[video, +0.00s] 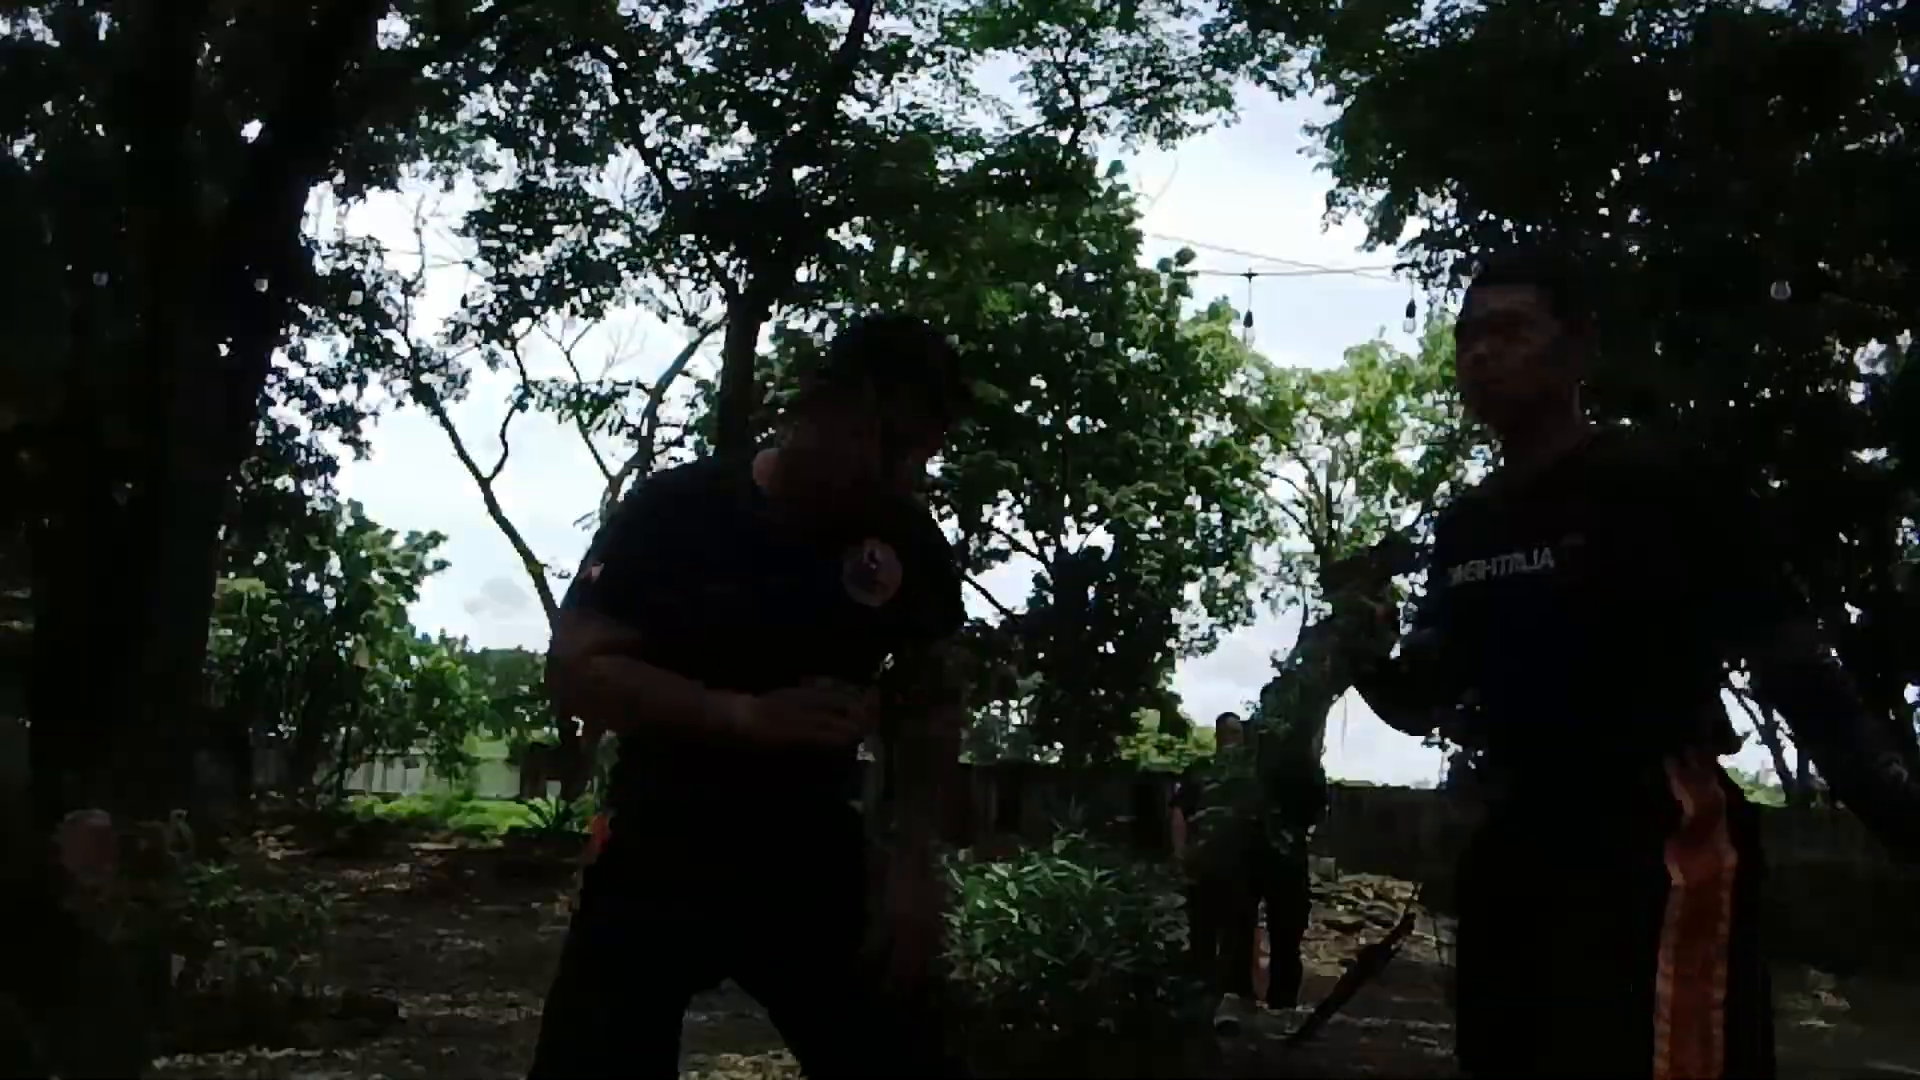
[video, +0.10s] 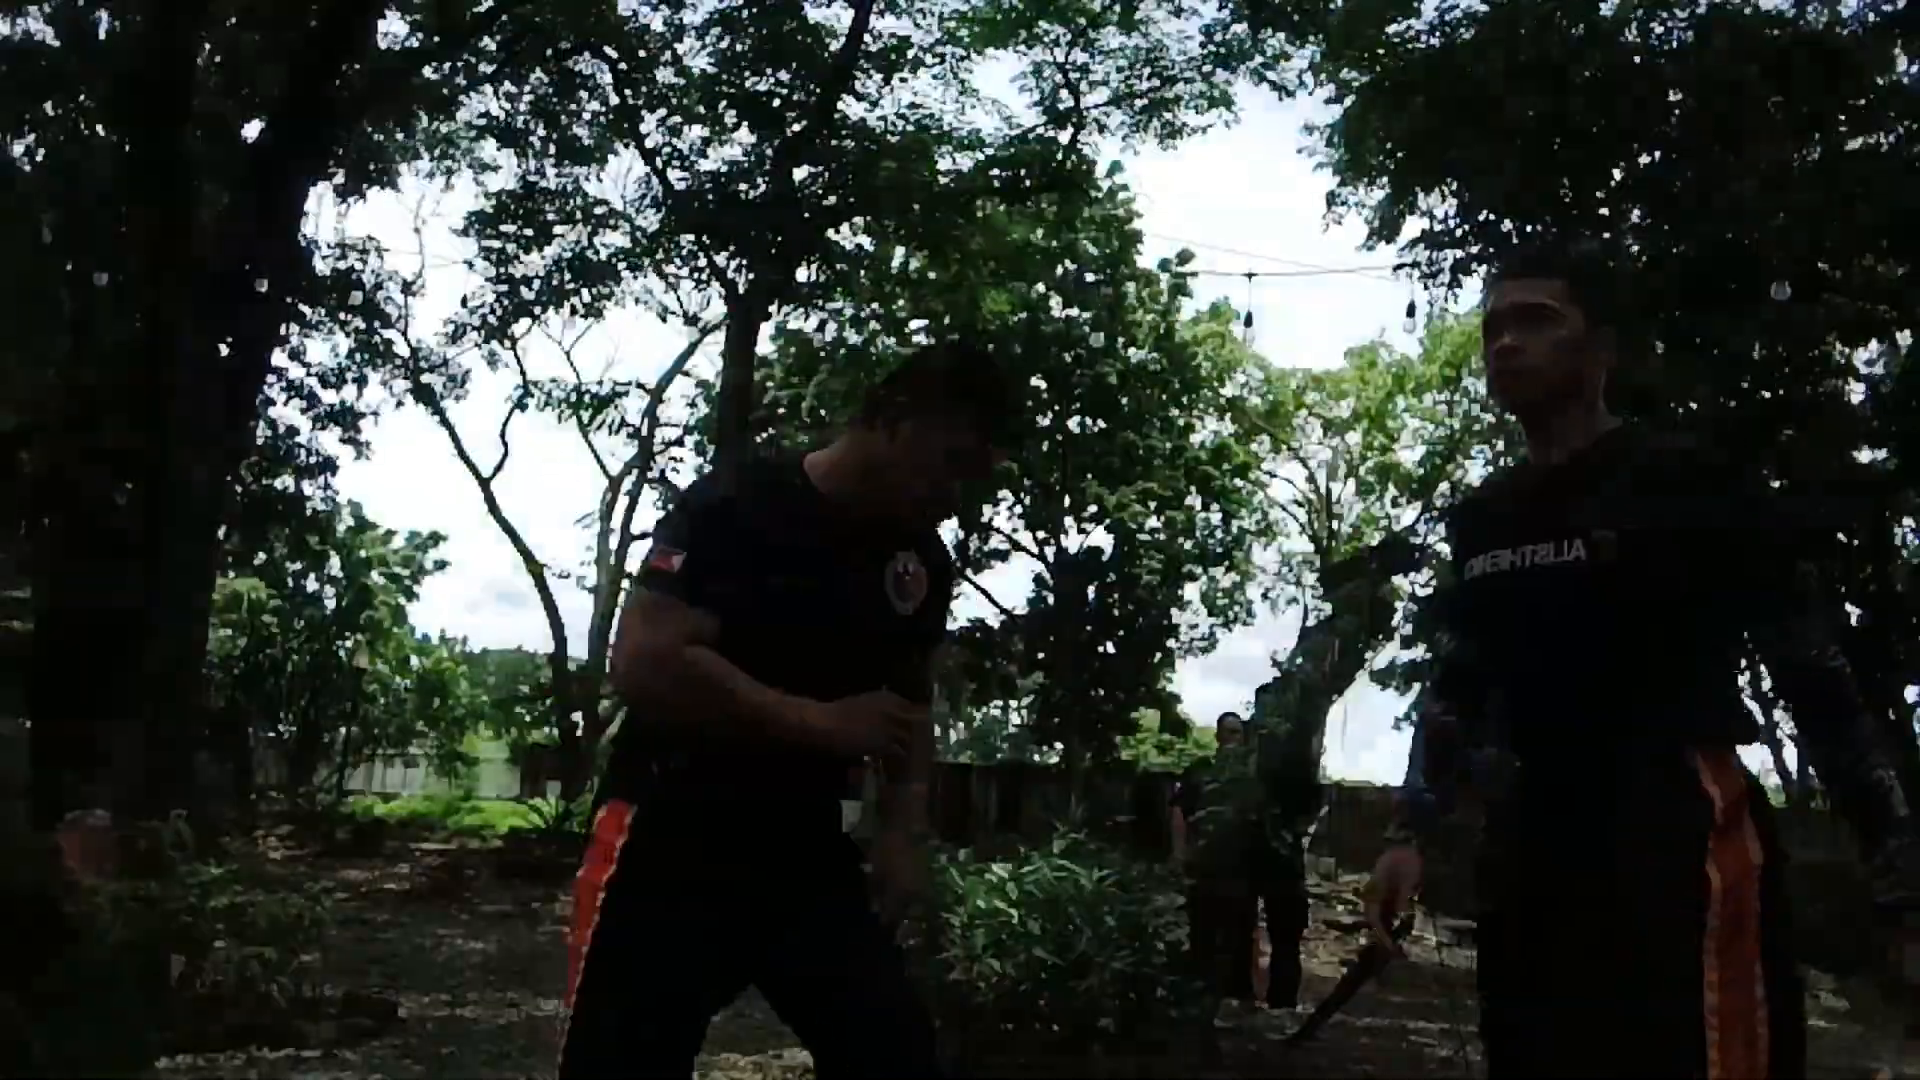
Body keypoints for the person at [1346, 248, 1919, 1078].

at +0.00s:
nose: (1478, 351)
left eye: (1509, 329)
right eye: (1469, 333)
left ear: (1575, 347)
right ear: (1456, 356)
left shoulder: (1662, 480)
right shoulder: (1467, 522)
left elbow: (1793, 665)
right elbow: (1424, 700)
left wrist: (1895, 809)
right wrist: (1365, 650)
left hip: (1662, 841)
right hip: (1521, 835)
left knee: (1658, 1056)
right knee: (1508, 1053)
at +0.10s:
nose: (1501, 342)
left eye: (1531, 321)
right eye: (1492, 326)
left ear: (1598, 348)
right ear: (1485, 354)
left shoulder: (1685, 478)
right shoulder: (1482, 518)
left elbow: (1804, 657)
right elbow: (1456, 689)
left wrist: (1885, 837)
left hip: (1675, 838)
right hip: (1533, 835)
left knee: (1681, 1052)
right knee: (1534, 1053)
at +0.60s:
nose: (1584, 326)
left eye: (1618, 304)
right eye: (1574, 311)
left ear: (1693, 331)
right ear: (1564, 343)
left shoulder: (1787, 477)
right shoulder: (1597, 499)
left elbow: (1890, 680)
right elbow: (1625, 689)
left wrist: (1865, 904)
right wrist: (1555, 822)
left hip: (1760, 871)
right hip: (1619, 872)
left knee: (1748, 1061)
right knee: (1610, 1059)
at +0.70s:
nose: (1575, 331)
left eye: (1606, 308)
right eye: (1571, 315)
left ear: (1690, 326)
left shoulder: (1782, 469)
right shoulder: (1607, 506)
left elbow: (1883, 688)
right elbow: (1637, 690)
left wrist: (1876, 903)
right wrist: (1567, 747)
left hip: (1756, 840)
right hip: (1623, 845)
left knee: (1752, 1057)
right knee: (1616, 1057)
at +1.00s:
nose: (1532, 386)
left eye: (1545, 355)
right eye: (1534, 361)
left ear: (1610, 357)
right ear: (1608, 361)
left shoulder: (1735, 470)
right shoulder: (1593, 529)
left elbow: (1838, 670)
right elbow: (1587, 709)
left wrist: (1827, 895)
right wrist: (1497, 604)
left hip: (1731, 813)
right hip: (1618, 814)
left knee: (1721, 1053)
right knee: (1603, 1047)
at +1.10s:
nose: (1521, 394)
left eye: (1532, 368)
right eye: (1522, 373)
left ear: (1592, 369)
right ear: (1590, 375)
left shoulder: (1720, 474)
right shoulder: (1584, 541)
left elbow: (1830, 667)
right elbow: (1544, 704)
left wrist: (1807, 887)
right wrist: (1446, 590)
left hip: (1737, 810)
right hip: (1627, 816)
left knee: (1719, 1053)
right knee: (1613, 1050)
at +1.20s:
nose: (1520, 399)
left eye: (1529, 372)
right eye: (1522, 376)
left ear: (1591, 371)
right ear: (1591, 375)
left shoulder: (1717, 475)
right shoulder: (1591, 536)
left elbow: (1824, 670)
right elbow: (1540, 704)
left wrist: (1784, 891)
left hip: (1738, 818)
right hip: (1632, 820)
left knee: (1733, 1058)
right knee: (1626, 1053)